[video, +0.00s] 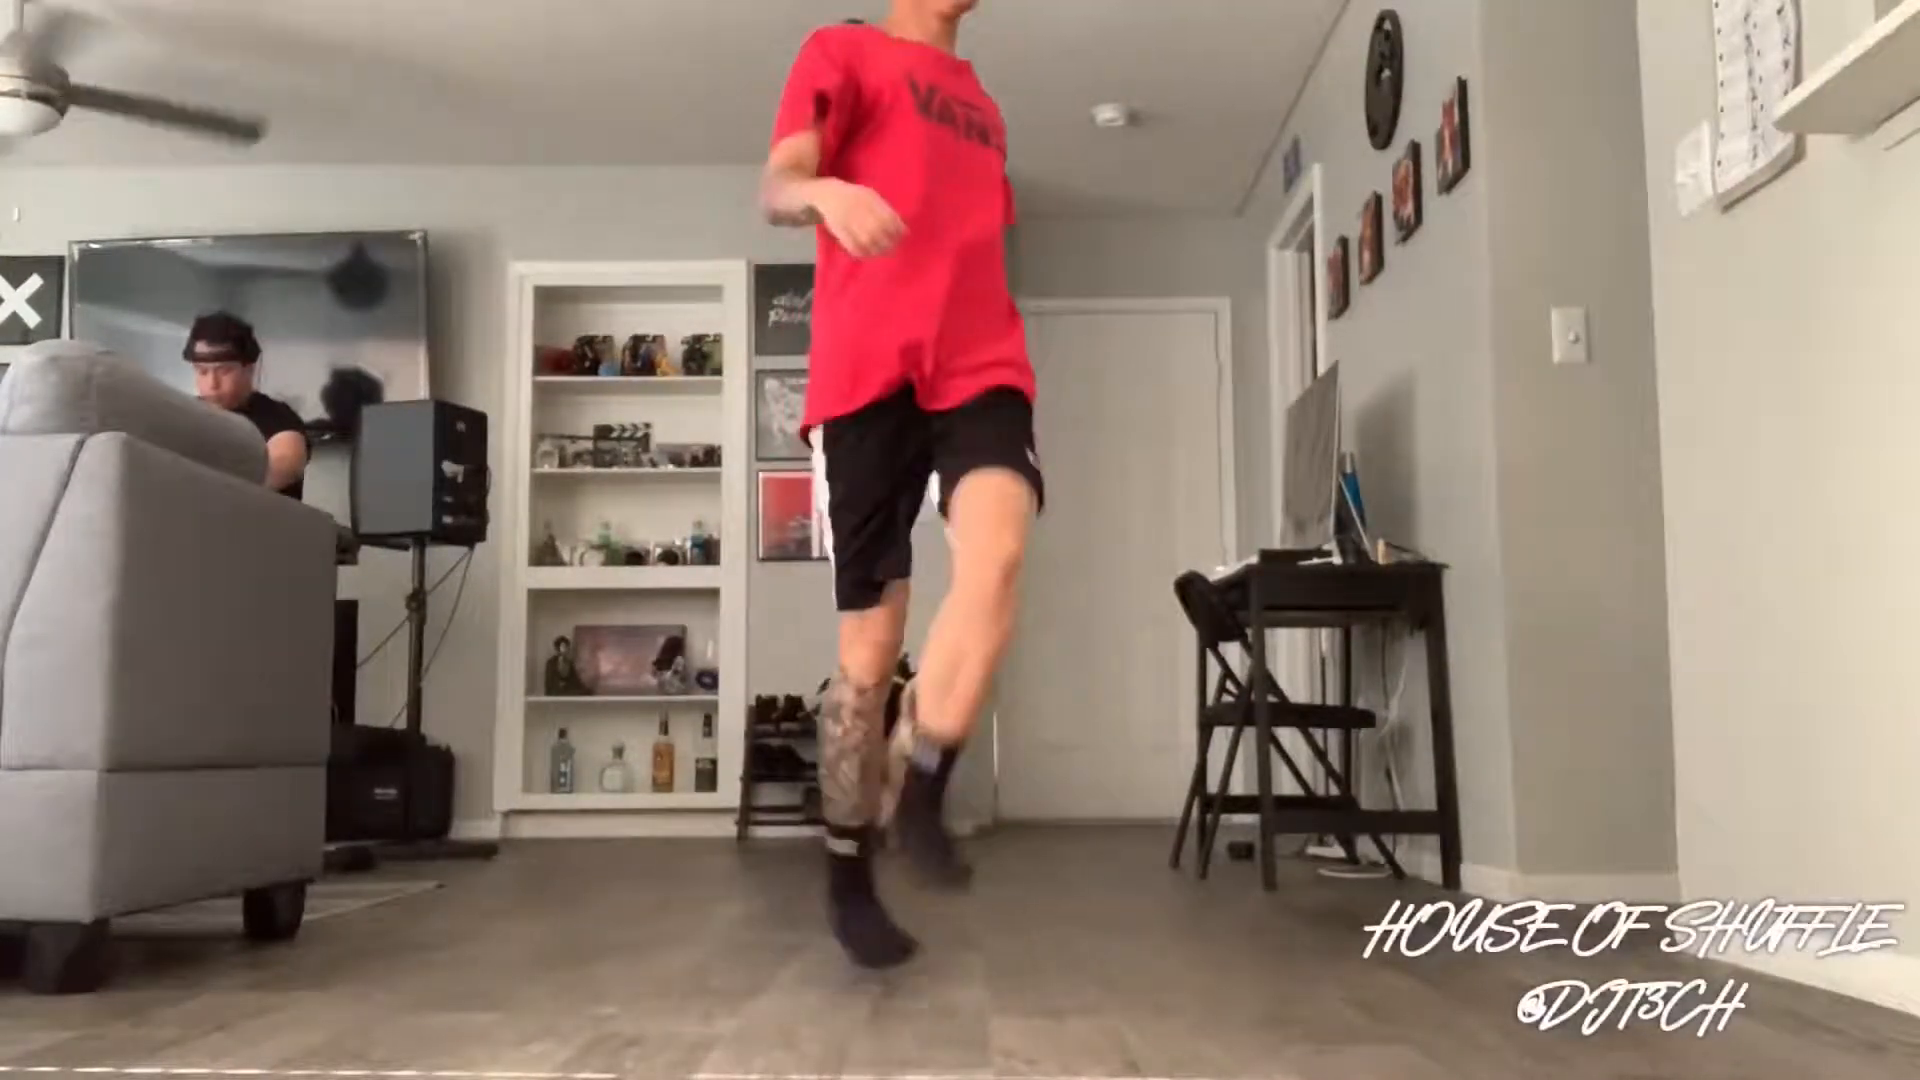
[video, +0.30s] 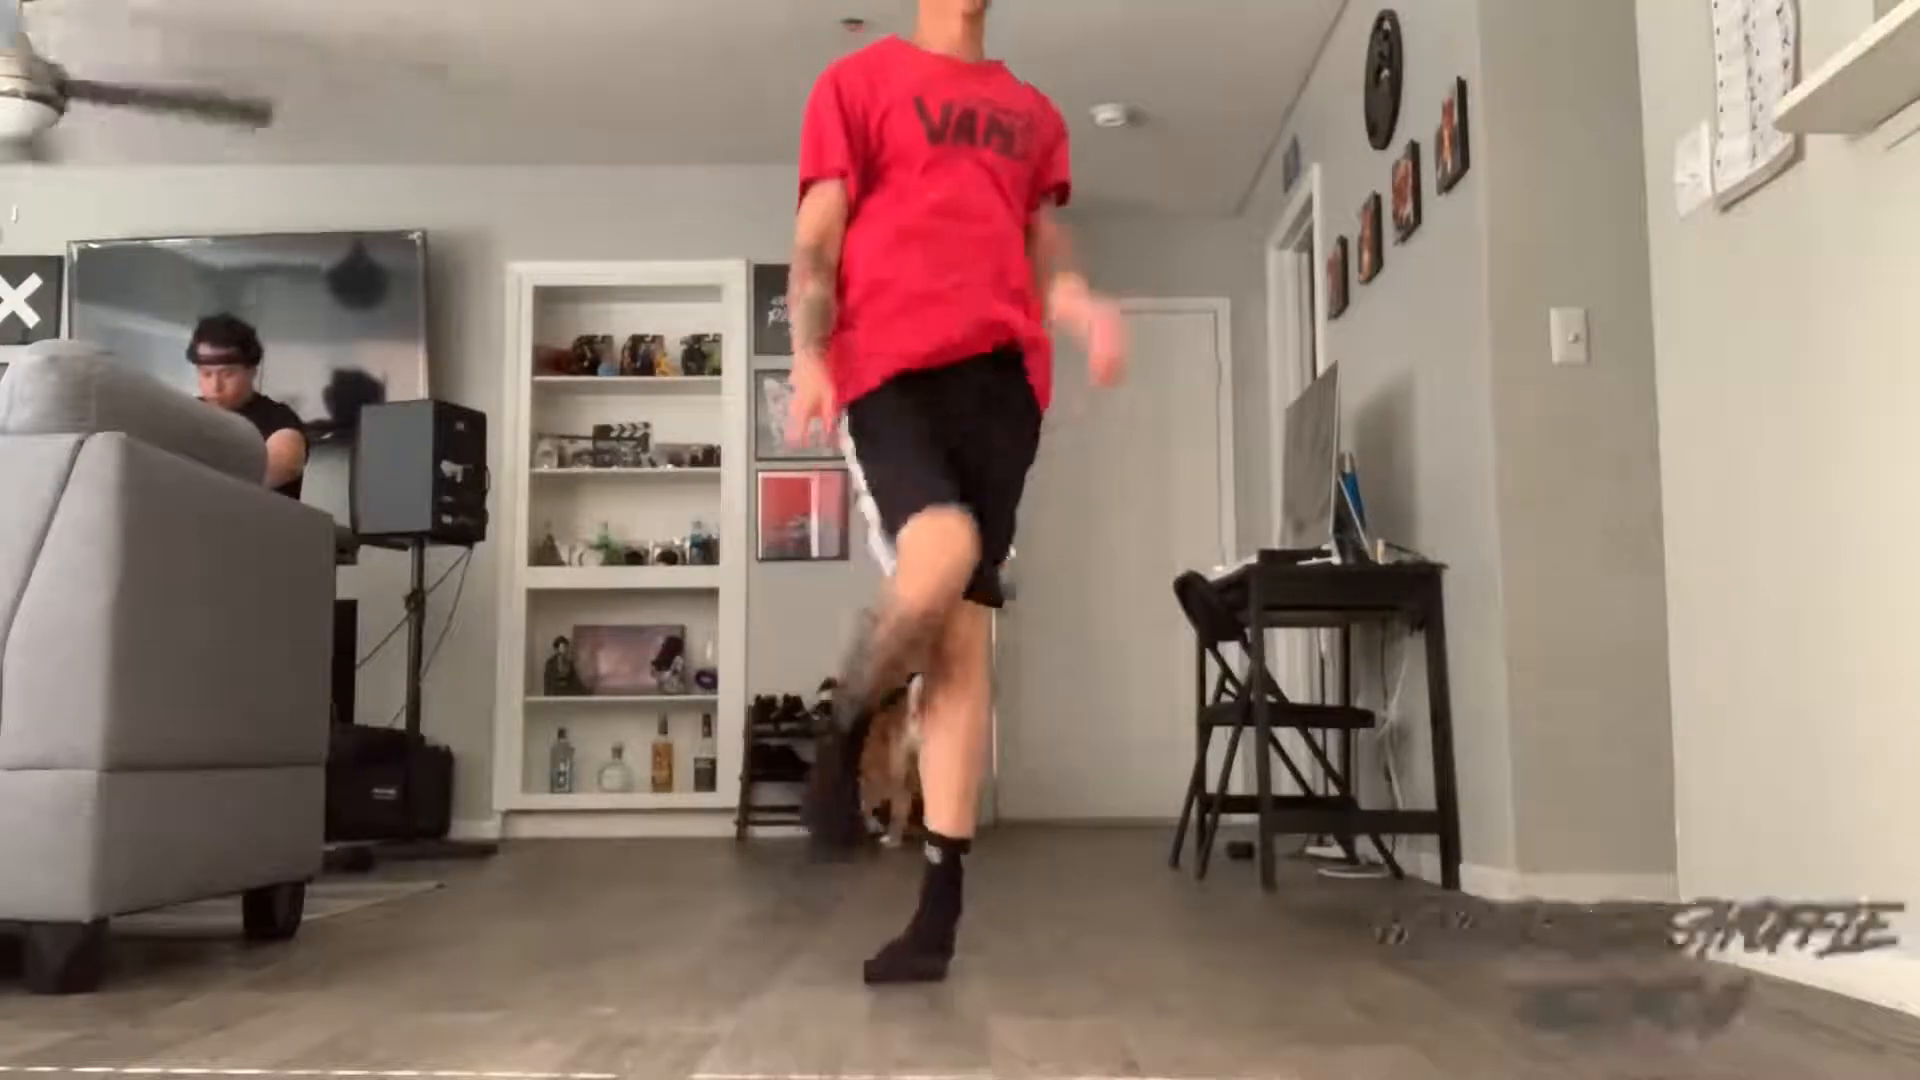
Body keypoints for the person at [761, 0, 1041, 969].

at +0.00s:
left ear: (960, 5)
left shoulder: (978, 101)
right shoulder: (842, 48)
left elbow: (977, 234)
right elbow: (778, 186)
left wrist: (990, 342)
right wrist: (827, 192)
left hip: (980, 363)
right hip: (868, 366)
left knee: (997, 553)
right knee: (874, 636)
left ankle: (921, 785)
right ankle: (848, 870)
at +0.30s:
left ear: (979, 8)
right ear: (936, 3)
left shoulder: (1033, 112)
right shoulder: (854, 83)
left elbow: (1051, 254)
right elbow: (817, 235)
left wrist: (1079, 302)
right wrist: (805, 351)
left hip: (997, 375)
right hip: (883, 371)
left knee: (959, 632)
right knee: (941, 557)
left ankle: (940, 906)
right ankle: (843, 728)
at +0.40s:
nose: (966, 1)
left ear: (981, 2)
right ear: (936, 1)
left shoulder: (1046, 99)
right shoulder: (863, 85)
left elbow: (1099, 238)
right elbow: (817, 251)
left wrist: (1156, 195)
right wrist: (786, 399)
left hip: (1000, 387)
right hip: (889, 366)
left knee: (965, 651)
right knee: (991, 493)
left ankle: (946, 918)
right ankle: (897, 699)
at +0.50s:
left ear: (983, 1)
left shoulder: (1051, 92)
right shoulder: (864, 95)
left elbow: (1129, 191)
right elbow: (812, 265)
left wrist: (1170, 98)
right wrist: (769, 404)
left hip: (1023, 392)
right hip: (914, 381)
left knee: (959, 642)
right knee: (994, 579)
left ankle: (906, 875)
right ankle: (990, 828)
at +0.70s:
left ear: (1009, 8)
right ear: (930, 4)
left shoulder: (1051, 104)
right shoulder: (879, 108)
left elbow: (1130, 209)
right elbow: (848, 278)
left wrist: (1203, 212)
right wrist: (845, 412)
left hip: (1053, 411)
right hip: (948, 416)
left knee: (1025, 672)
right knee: (983, 663)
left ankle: (928, 835)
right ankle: (1001, 915)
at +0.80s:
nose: (1013, 2)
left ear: (1022, 16)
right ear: (939, 7)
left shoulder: (1056, 132)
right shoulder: (895, 116)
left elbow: (1098, 277)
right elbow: (878, 277)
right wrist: (970, 326)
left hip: (1054, 413)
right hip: (950, 418)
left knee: (1102, 607)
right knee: (976, 667)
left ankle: (983, 718)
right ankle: (937, 906)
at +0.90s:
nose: (1037, 3)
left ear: (1028, 20)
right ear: (959, 5)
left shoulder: (1049, 133)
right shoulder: (917, 100)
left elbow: (1041, 253)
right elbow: (923, 232)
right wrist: (1048, 204)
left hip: (1059, 399)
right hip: (965, 420)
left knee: (1141, 543)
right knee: (989, 672)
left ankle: (1064, 735)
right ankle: (951, 902)